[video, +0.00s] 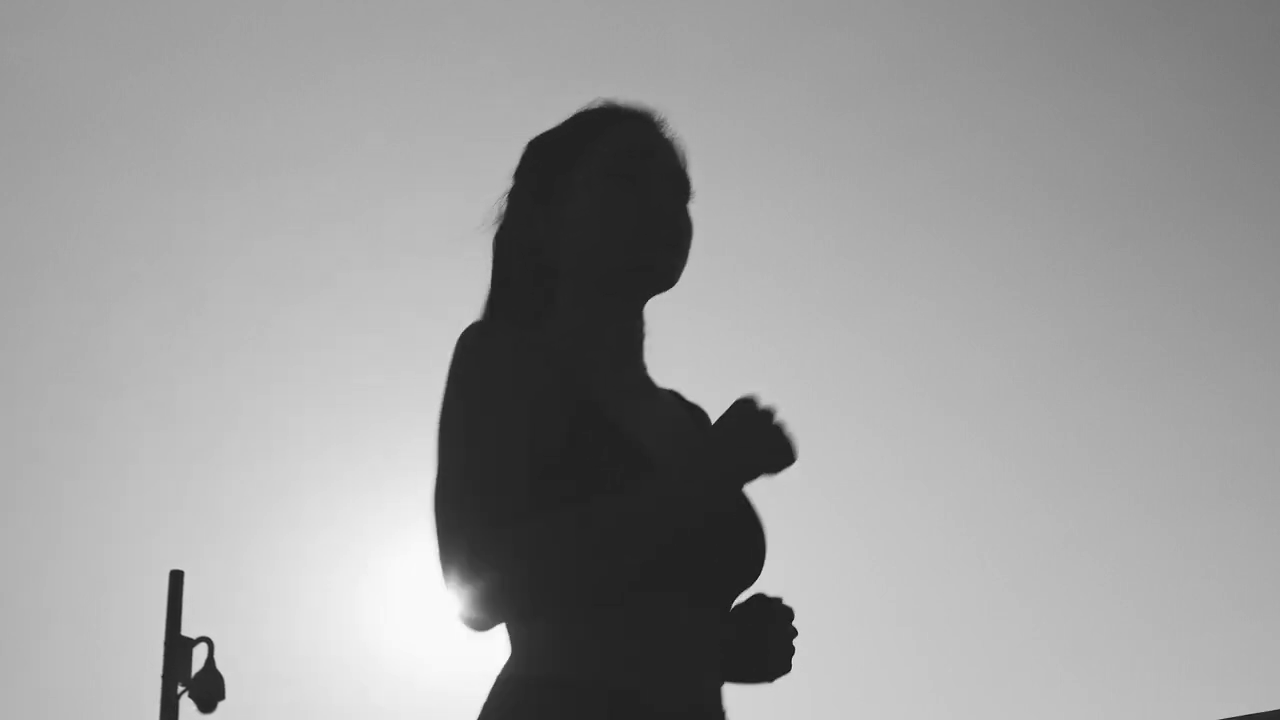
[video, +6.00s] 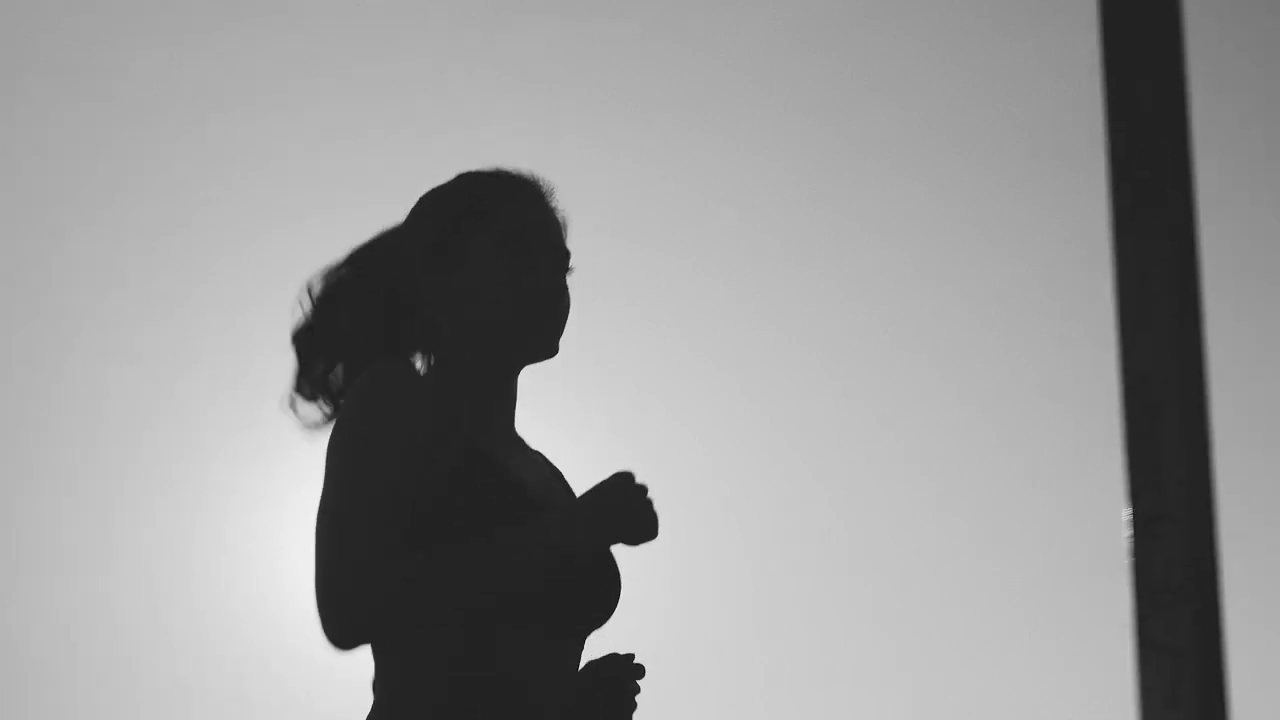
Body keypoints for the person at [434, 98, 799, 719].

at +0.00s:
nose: (671, 215)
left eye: (680, 196)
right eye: (635, 189)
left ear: (689, 214)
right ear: (563, 210)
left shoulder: (677, 416)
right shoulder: (503, 357)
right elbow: (480, 584)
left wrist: (723, 642)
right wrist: (707, 469)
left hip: (684, 703)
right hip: (555, 696)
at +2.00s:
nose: (852, 187)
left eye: (858, 167)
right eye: (818, 164)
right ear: (736, 186)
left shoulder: (814, 381)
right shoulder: (683, 326)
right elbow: (706, 561)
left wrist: (891, 637)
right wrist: (920, 448)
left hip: (857, 700)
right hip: (745, 696)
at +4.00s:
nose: (585, 268)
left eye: (585, 248)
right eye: (560, 246)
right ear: (485, 260)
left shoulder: (573, 460)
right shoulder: (411, 412)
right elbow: (402, 632)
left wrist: (615, 520)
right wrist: (608, 517)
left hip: (565, 708)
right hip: (446, 706)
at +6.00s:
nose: (563, 293)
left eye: (563, 268)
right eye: (543, 265)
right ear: (469, 275)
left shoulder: (540, 472)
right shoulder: (390, 407)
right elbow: (346, 609)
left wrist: (576, 697)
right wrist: (575, 529)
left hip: (531, 708)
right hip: (423, 705)